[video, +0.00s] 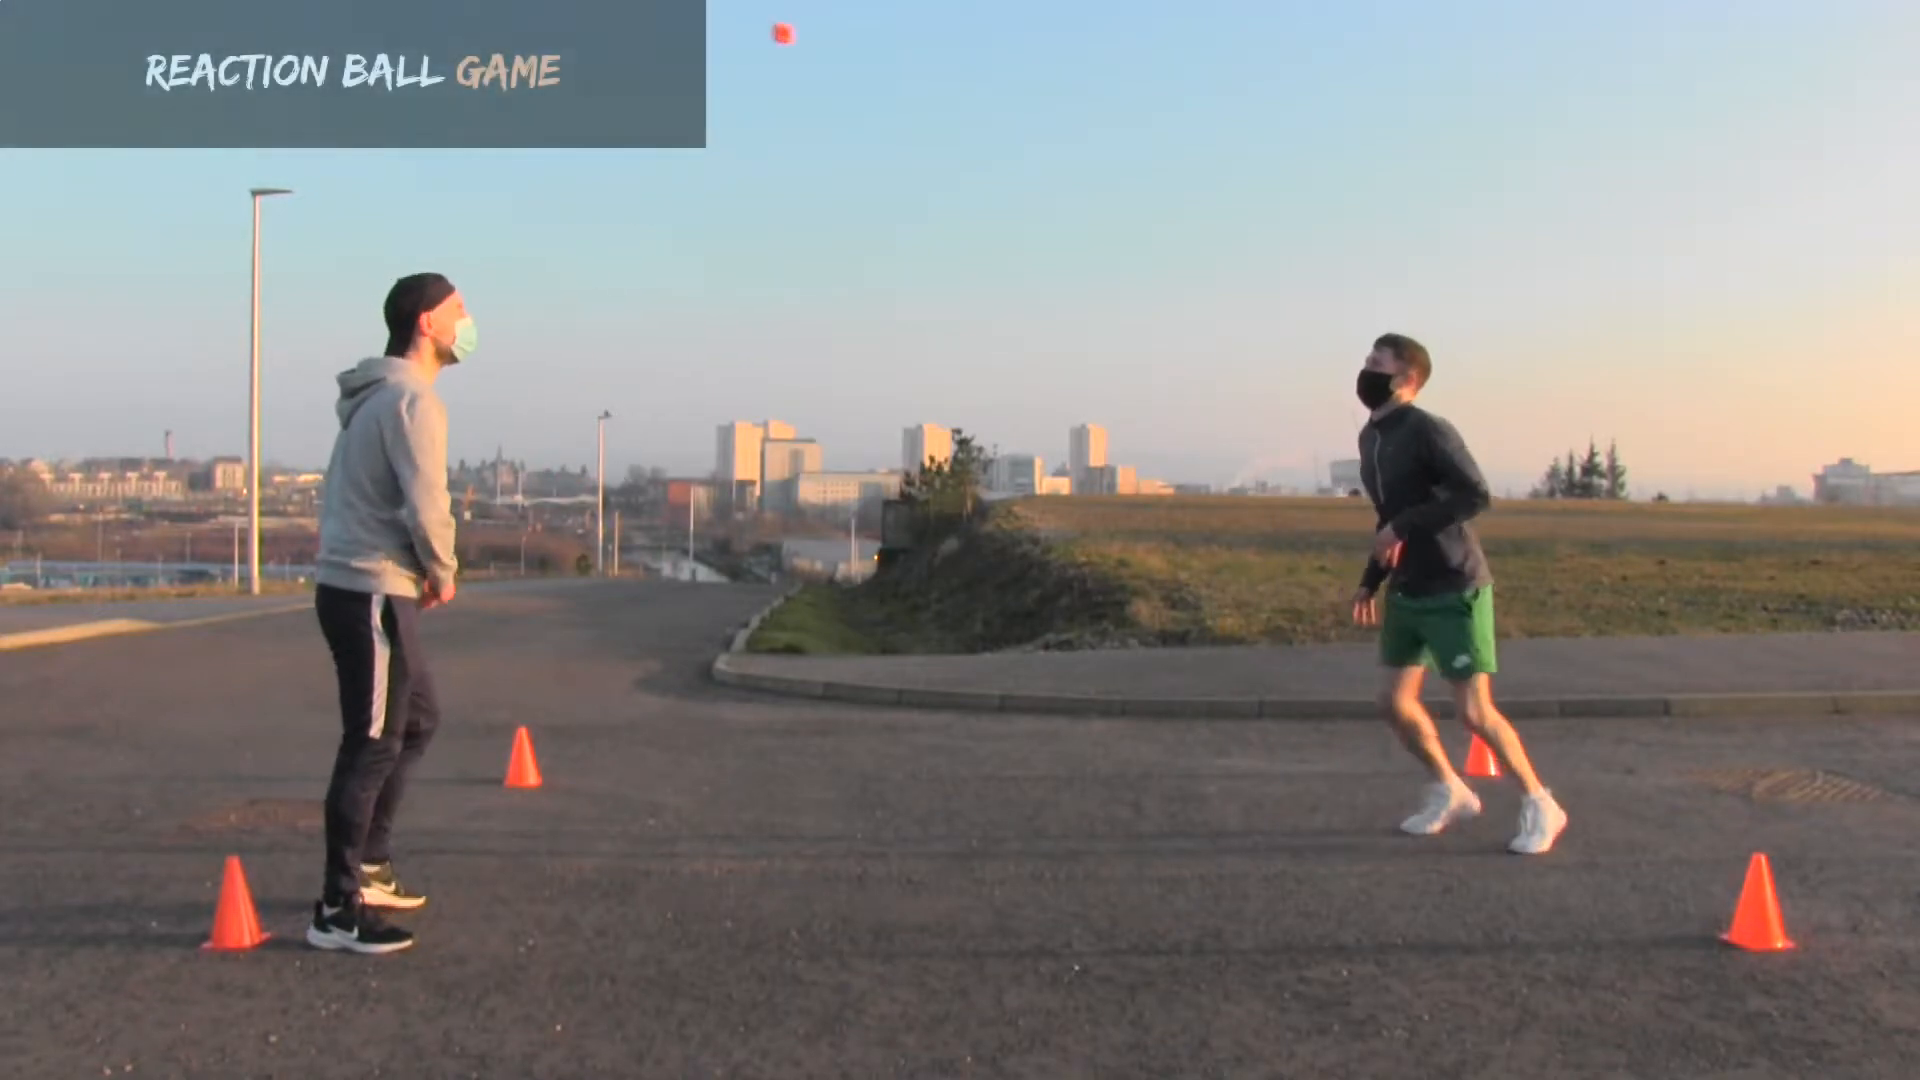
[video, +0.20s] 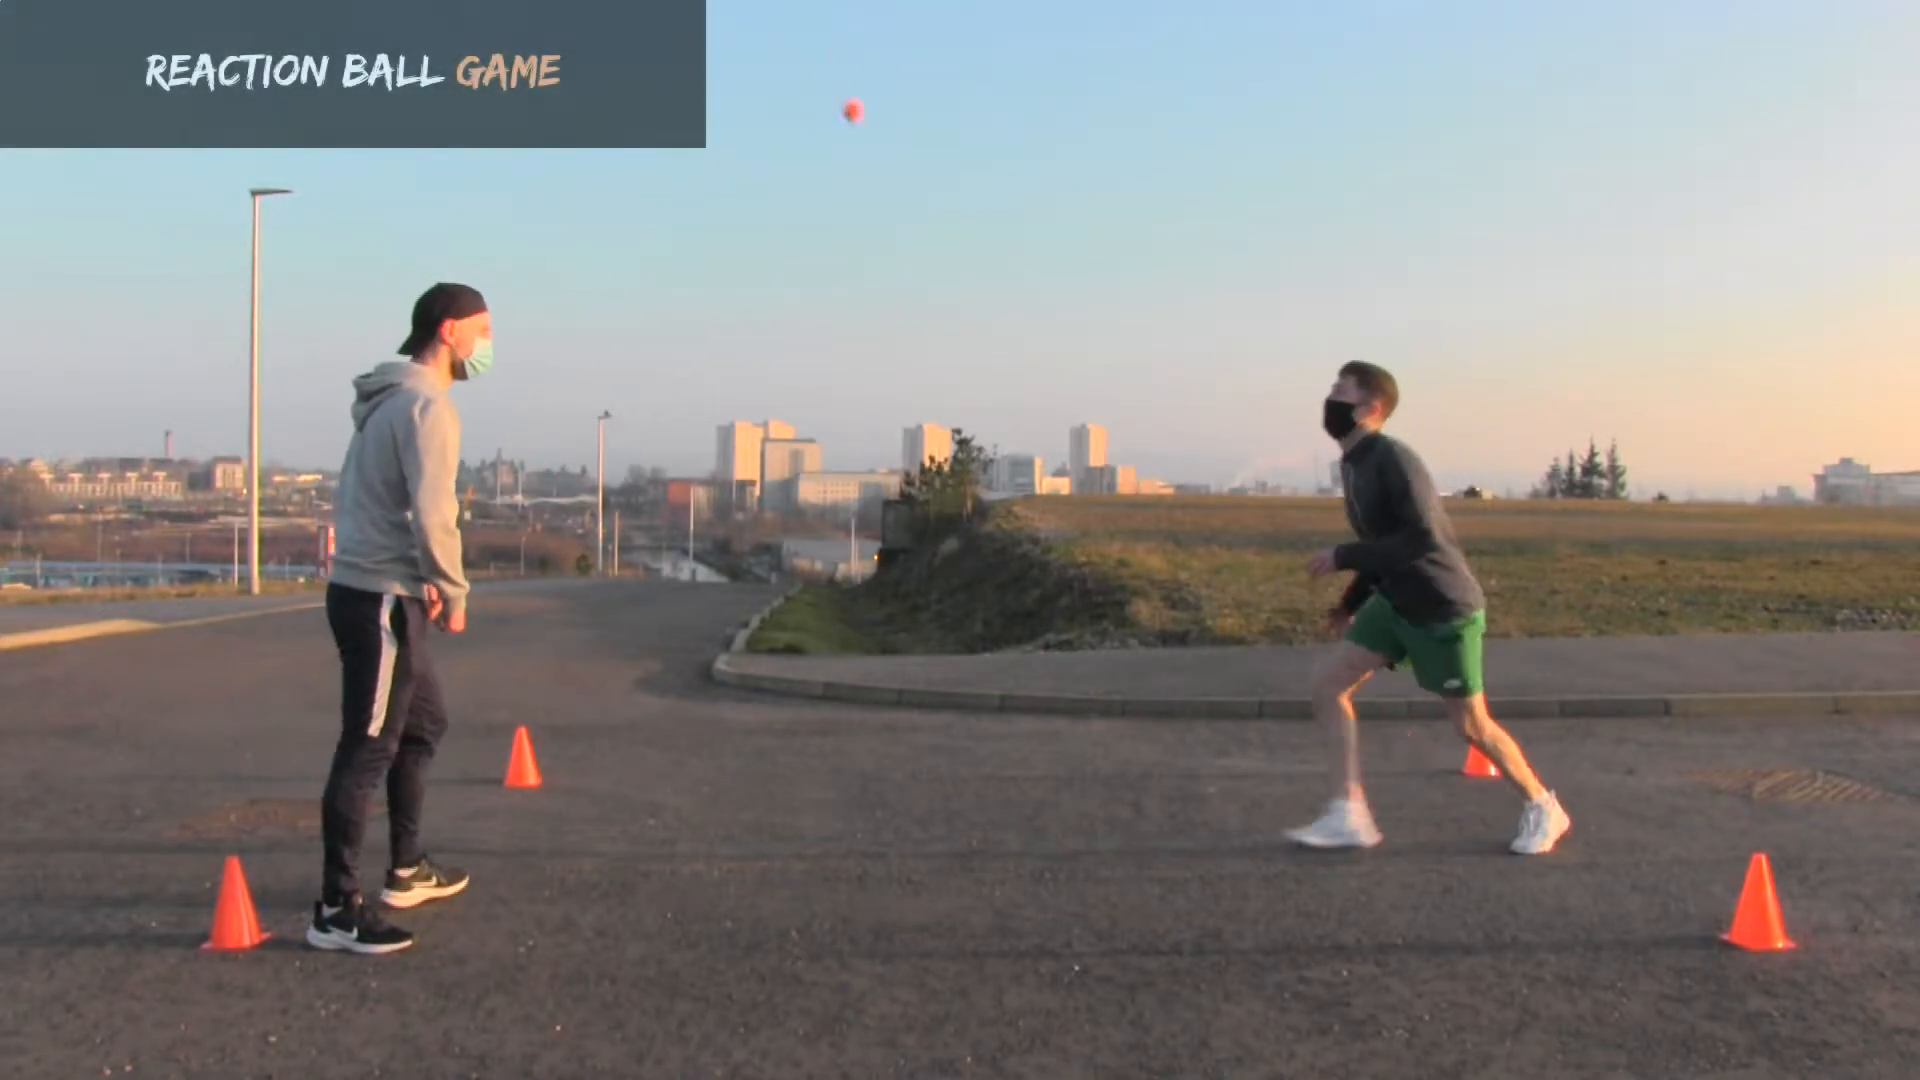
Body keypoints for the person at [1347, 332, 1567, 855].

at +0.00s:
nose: (1366, 368)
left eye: (1379, 361)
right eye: (1367, 359)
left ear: (1409, 377)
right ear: (1374, 371)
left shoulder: (1430, 431)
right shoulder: (1371, 438)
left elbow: (1475, 495)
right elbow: (1392, 522)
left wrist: (1400, 528)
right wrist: (1371, 582)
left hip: (1458, 591)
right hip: (1407, 592)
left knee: (1476, 709)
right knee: (1398, 701)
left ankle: (1541, 801)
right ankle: (1451, 788)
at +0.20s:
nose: (1330, 402)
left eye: (1343, 397)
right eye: (1332, 394)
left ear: (1375, 408)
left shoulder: (1393, 459)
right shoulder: (1353, 464)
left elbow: (1423, 538)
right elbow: (1382, 549)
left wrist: (1342, 558)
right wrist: (1350, 603)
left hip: (1448, 607)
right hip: (1395, 604)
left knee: (1474, 724)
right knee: (1331, 686)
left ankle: (1544, 805)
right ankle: (1350, 811)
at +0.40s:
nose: (1263, 399)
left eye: (1270, 389)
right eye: (1263, 389)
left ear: (1305, 390)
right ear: (1303, 392)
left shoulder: (1327, 443)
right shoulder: (1308, 452)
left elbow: (1357, 522)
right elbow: (1332, 540)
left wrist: (1281, 556)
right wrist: (1291, 588)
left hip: (1377, 611)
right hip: (1335, 607)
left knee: (1348, 740)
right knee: (1288, 710)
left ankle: (1465, 783)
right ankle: (1320, 835)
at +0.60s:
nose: (1205, 404)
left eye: (1209, 392)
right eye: (1202, 394)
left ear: (1238, 380)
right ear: (1242, 380)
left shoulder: (1277, 424)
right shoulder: (1266, 427)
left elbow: (1309, 497)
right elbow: (1291, 508)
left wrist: (1248, 556)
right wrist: (1256, 566)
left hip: (1316, 595)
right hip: (1295, 591)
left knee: (1259, 719)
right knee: (1236, 693)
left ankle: (1296, 861)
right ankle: (1276, 821)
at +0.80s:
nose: (1147, 464)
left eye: (1147, 452)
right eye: (1144, 454)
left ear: (1171, 441)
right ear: (1191, 436)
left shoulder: (1199, 488)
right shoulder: (1236, 479)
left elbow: (1206, 589)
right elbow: (1256, 572)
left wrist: (1157, 647)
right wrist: (1206, 626)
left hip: (1258, 643)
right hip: (1282, 635)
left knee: (1182, 764)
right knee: (1194, 718)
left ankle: (1255, 885)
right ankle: (1235, 839)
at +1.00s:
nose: (1100, 462)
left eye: (1102, 449)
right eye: (1095, 454)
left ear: (1131, 429)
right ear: (1132, 431)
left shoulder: (1168, 467)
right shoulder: (1177, 464)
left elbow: (1213, 547)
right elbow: (1212, 555)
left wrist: (1161, 609)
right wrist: (1165, 595)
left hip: (1221, 625)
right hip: (1250, 626)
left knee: (1117, 728)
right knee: (1180, 720)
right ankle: (1231, 833)